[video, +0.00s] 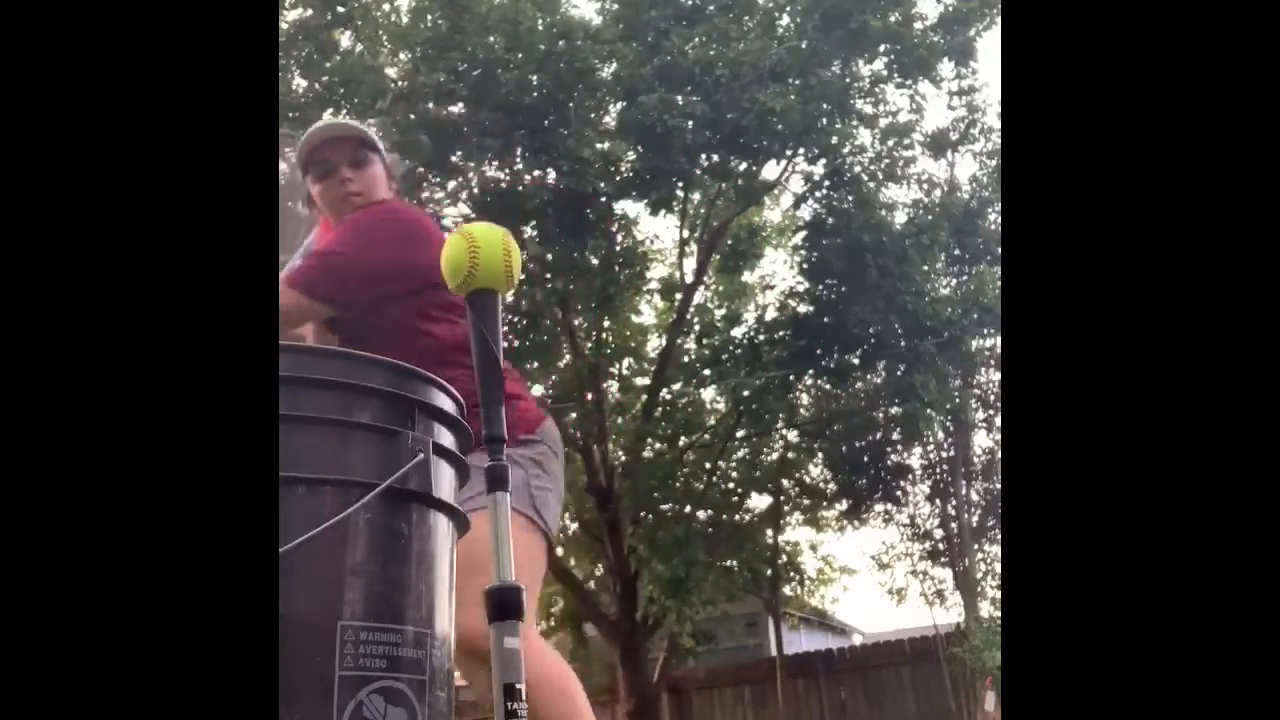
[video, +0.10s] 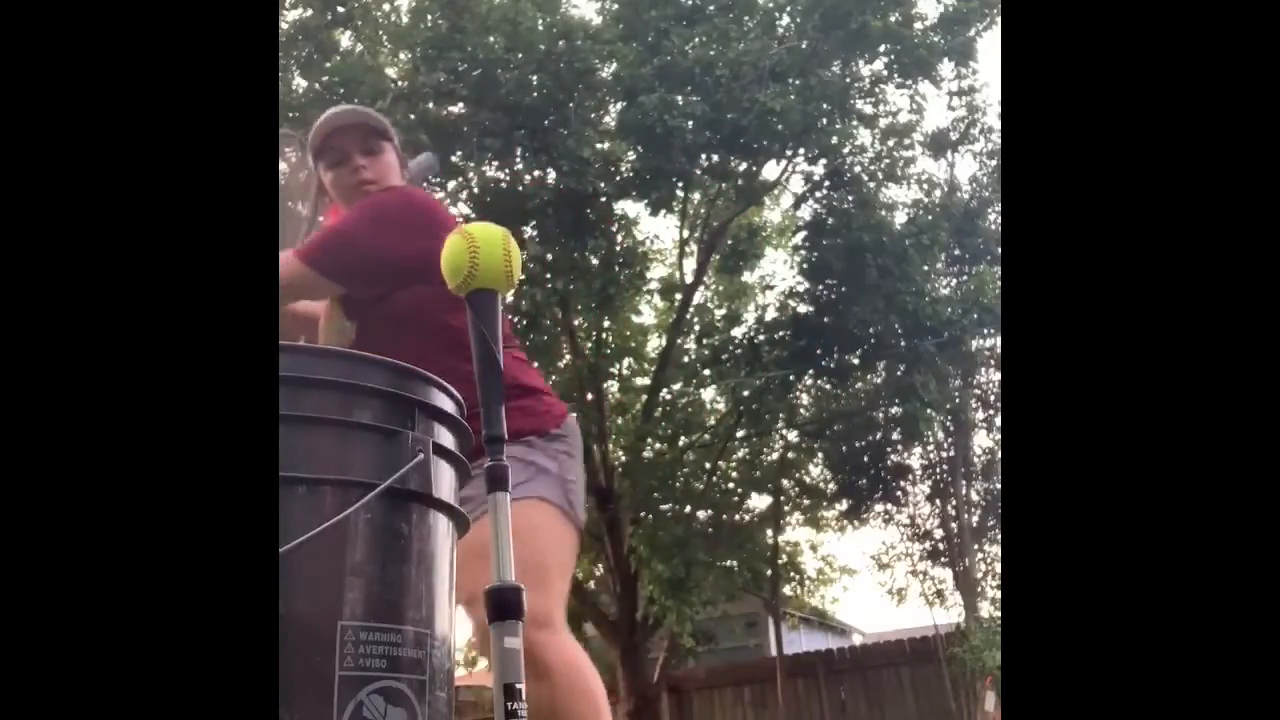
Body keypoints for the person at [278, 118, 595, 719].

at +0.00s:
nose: (346, 177)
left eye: (360, 160)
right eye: (325, 170)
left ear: (387, 172)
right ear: (312, 197)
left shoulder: (390, 224)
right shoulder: (327, 245)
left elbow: (283, 307)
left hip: (503, 435)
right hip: (428, 445)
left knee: (481, 622)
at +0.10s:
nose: (358, 166)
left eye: (372, 148)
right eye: (338, 159)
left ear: (397, 157)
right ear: (323, 184)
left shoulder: (402, 209)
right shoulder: (355, 244)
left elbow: (287, 274)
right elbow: (327, 343)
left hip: (521, 433)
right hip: (452, 447)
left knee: (525, 621)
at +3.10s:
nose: (562, 33)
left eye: (583, 18)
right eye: (543, 18)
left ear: (611, 38)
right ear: (513, 32)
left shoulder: (656, 153)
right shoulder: (462, 135)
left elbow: (687, 279)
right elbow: (357, 237)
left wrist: (711, 384)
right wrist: (388, 210)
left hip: (616, 430)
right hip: (478, 426)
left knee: (647, 638)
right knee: (458, 616)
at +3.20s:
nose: (584, 42)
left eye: (603, 26)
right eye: (564, 27)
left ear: (630, 43)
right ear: (536, 45)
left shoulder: (671, 156)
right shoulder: (490, 136)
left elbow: (705, 281)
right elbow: (398, 208)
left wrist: (729, 389)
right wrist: (421, 205)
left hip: (632, 426)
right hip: (496, 417)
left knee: (650, 631)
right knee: (460, 607)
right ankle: (390, 707)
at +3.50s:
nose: (589, 61)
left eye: (607, 46)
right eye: (571, 48)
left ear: (636, 60)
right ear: (548, 66)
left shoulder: (685, 177)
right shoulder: (518, 148)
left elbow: (712, 290)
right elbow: (478, 186)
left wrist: (742, 375)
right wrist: (464, 217)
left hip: (633, 428)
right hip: (499, 422)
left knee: (638, 621)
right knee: (447, 626)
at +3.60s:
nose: (577, 69)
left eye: (594, 54)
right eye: (558, 56)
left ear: (620, 68)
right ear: (534, 73)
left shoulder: (670, 184)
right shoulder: (507, 154)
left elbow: (699, 293)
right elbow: (478, 191)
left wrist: (737, 371)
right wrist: (469, 225)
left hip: (623, 431)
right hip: (492, 427)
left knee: (632, 622)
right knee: (442, 638)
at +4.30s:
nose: (413, 119)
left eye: (426, 105)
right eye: (394, 113)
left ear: (454, 120)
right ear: (378, 139)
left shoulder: (500, 188)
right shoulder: (352, 245)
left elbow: (526, 273)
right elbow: (321, 353)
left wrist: (405, 347)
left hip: (535, 425)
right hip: (420, 445)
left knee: (575, 630)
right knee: (392, 635)